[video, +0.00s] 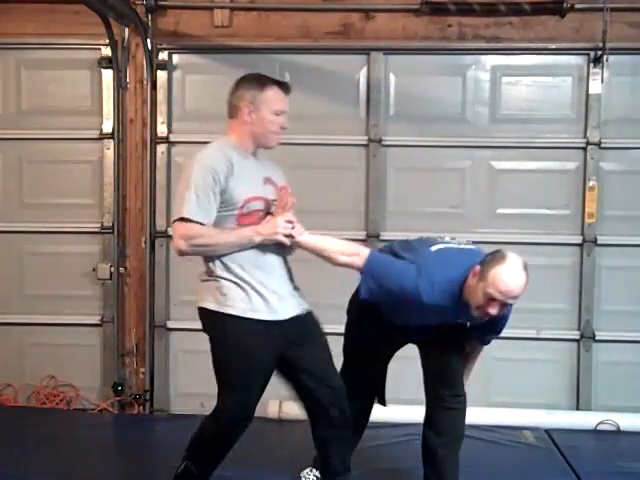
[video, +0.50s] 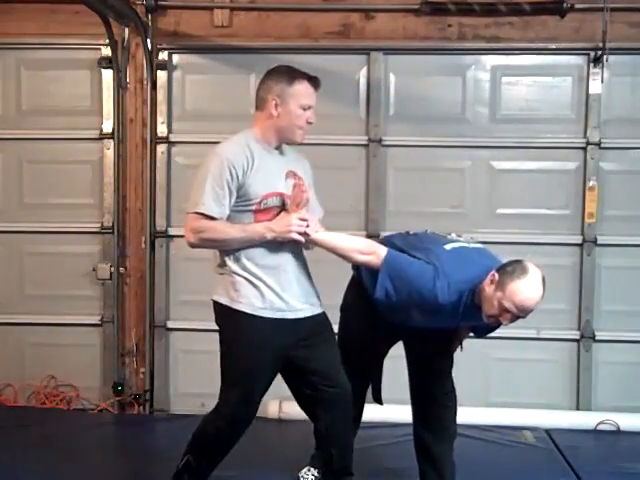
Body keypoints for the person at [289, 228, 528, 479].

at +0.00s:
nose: (493, 311)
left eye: (503, 305)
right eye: (490, 299)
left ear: (513, 298)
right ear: (474, 276)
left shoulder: (499, 309)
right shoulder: (420, 286)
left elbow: (473, 347)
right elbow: (356, 256)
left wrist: (454, 389)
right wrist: (300, 237)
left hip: (442, 320)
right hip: (381, 308)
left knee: (448, 402)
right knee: (357, 392)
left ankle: (442, 475)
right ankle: (325, 469)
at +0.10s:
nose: (504, 312)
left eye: (514, 306)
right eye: (501, 299)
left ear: (523, 299)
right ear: (485, 275)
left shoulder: (502, 306)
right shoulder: (427, 283)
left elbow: (473, 340)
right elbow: (363, 253)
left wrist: (453, 381)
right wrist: (307, 235)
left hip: (441, 319)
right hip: (380, 305)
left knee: (445, 400)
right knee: (355, 385)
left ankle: (441, 474)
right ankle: (325, 466)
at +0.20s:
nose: (508, 314)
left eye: (519, 308)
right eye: (507, 301)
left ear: (528, 302)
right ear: (491, 278)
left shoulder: (502, 303)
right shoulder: (430, 283)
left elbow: (470, 338)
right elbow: (369, 253)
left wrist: (449, 380)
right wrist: (313, 236)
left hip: (440, 318)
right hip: (380, 302)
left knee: (441, 401)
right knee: (354, 384)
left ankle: (440, 475)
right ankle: (324, 466)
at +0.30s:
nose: (510, 316)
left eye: (520, 312)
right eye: (509, 304)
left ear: (529, 306)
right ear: (494, 280)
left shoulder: (502, 304)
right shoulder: (435, 285)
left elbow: (466, 334)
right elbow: (372, 254)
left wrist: (444, 376)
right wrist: (315, 237)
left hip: (438, 315)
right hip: (379, 296)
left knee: (438, 399)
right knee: (352, 386)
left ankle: (439, 476)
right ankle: (324, 465)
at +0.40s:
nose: (509, 318)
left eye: (519, 315)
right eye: (507, 307)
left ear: (528, 309)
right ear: (493, 281)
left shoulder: (501, 305)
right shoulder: (436, 286)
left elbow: (464, 332)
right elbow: (373, 254)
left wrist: (442, 373)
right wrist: (317, 236)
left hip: (436, 317)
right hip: (378, 296)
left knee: (438, 402)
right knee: (350, 388)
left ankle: (439, 474)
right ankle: (323, 465)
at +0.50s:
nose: (506, 319)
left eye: (516, 316)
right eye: (505, 308)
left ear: (526, 309)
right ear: (491, 282)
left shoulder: (500, 303)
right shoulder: (435, 286)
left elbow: (469, 325)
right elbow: (372, 253)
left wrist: (457, 336)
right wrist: (316, 236)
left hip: (435, 316)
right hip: (377, 294)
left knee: (437, 403)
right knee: (350, 386)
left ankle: (438, 474)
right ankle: (323, 465)